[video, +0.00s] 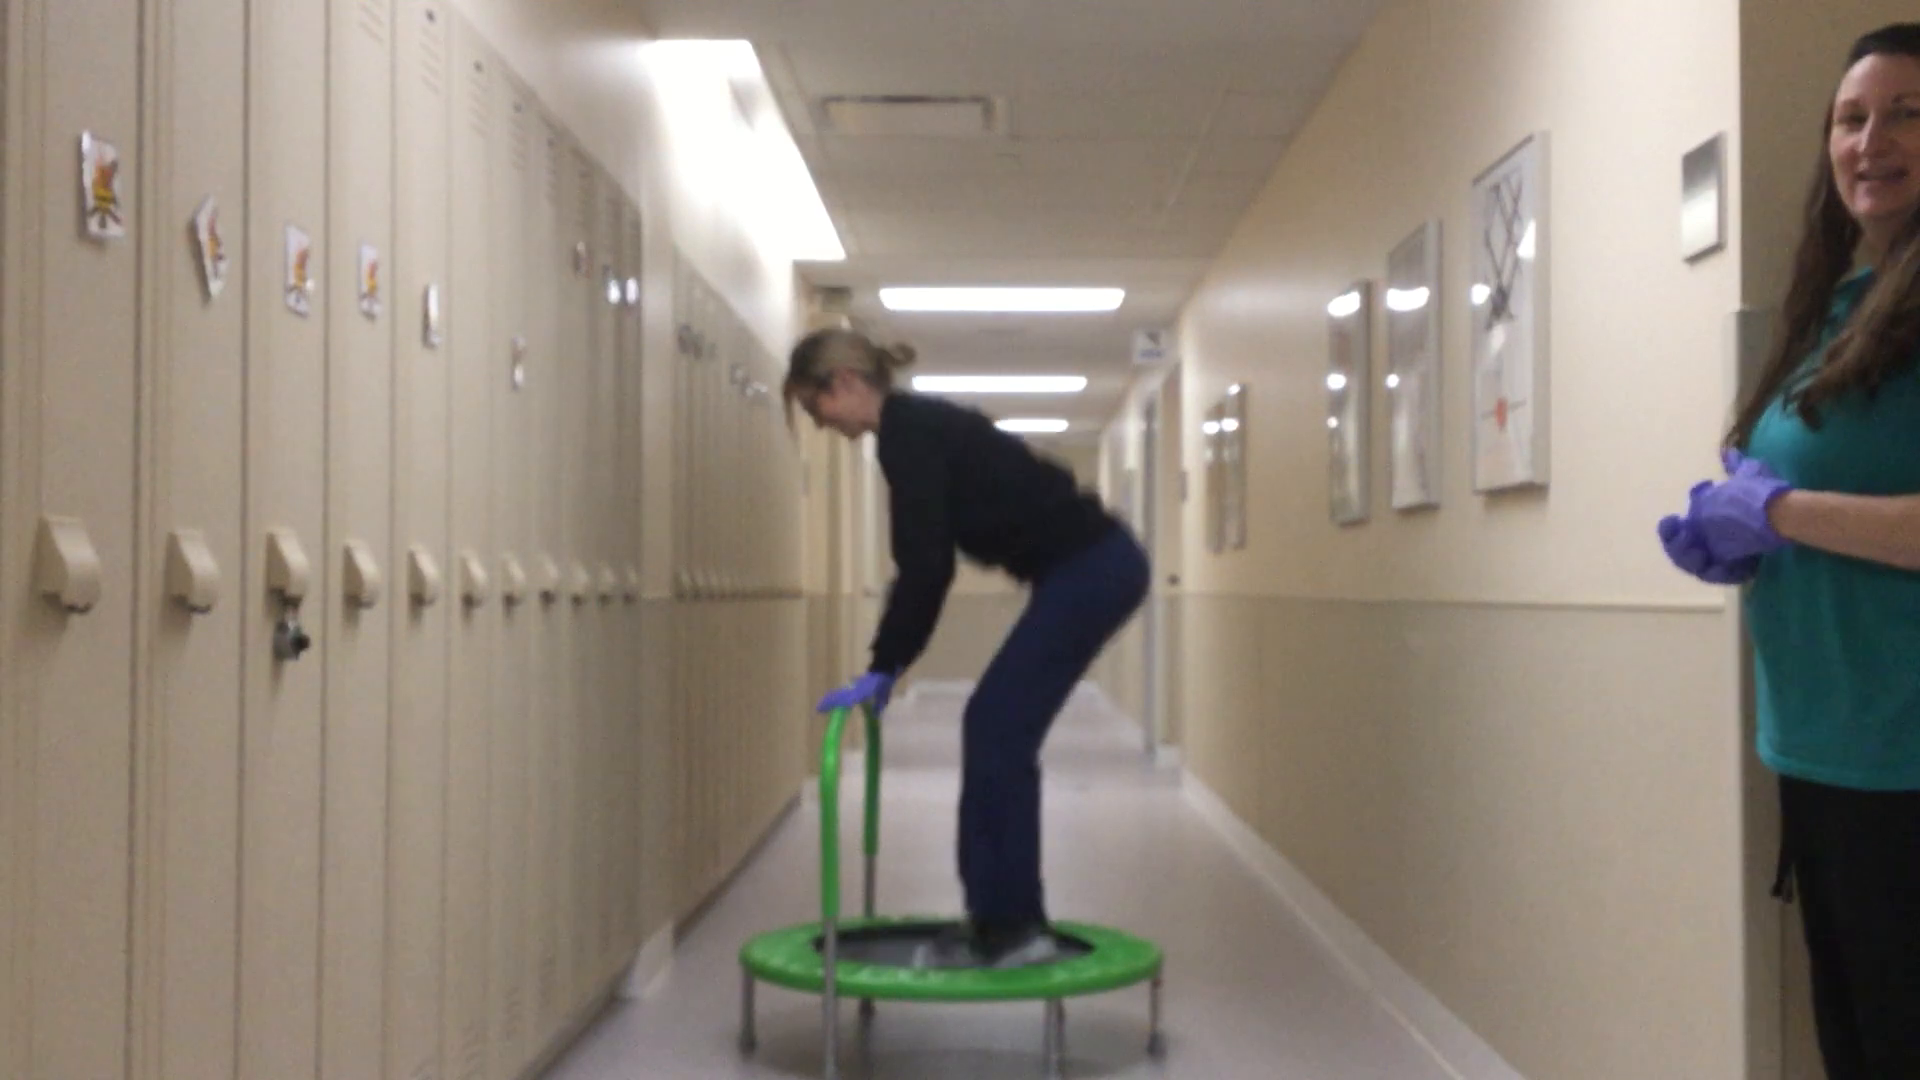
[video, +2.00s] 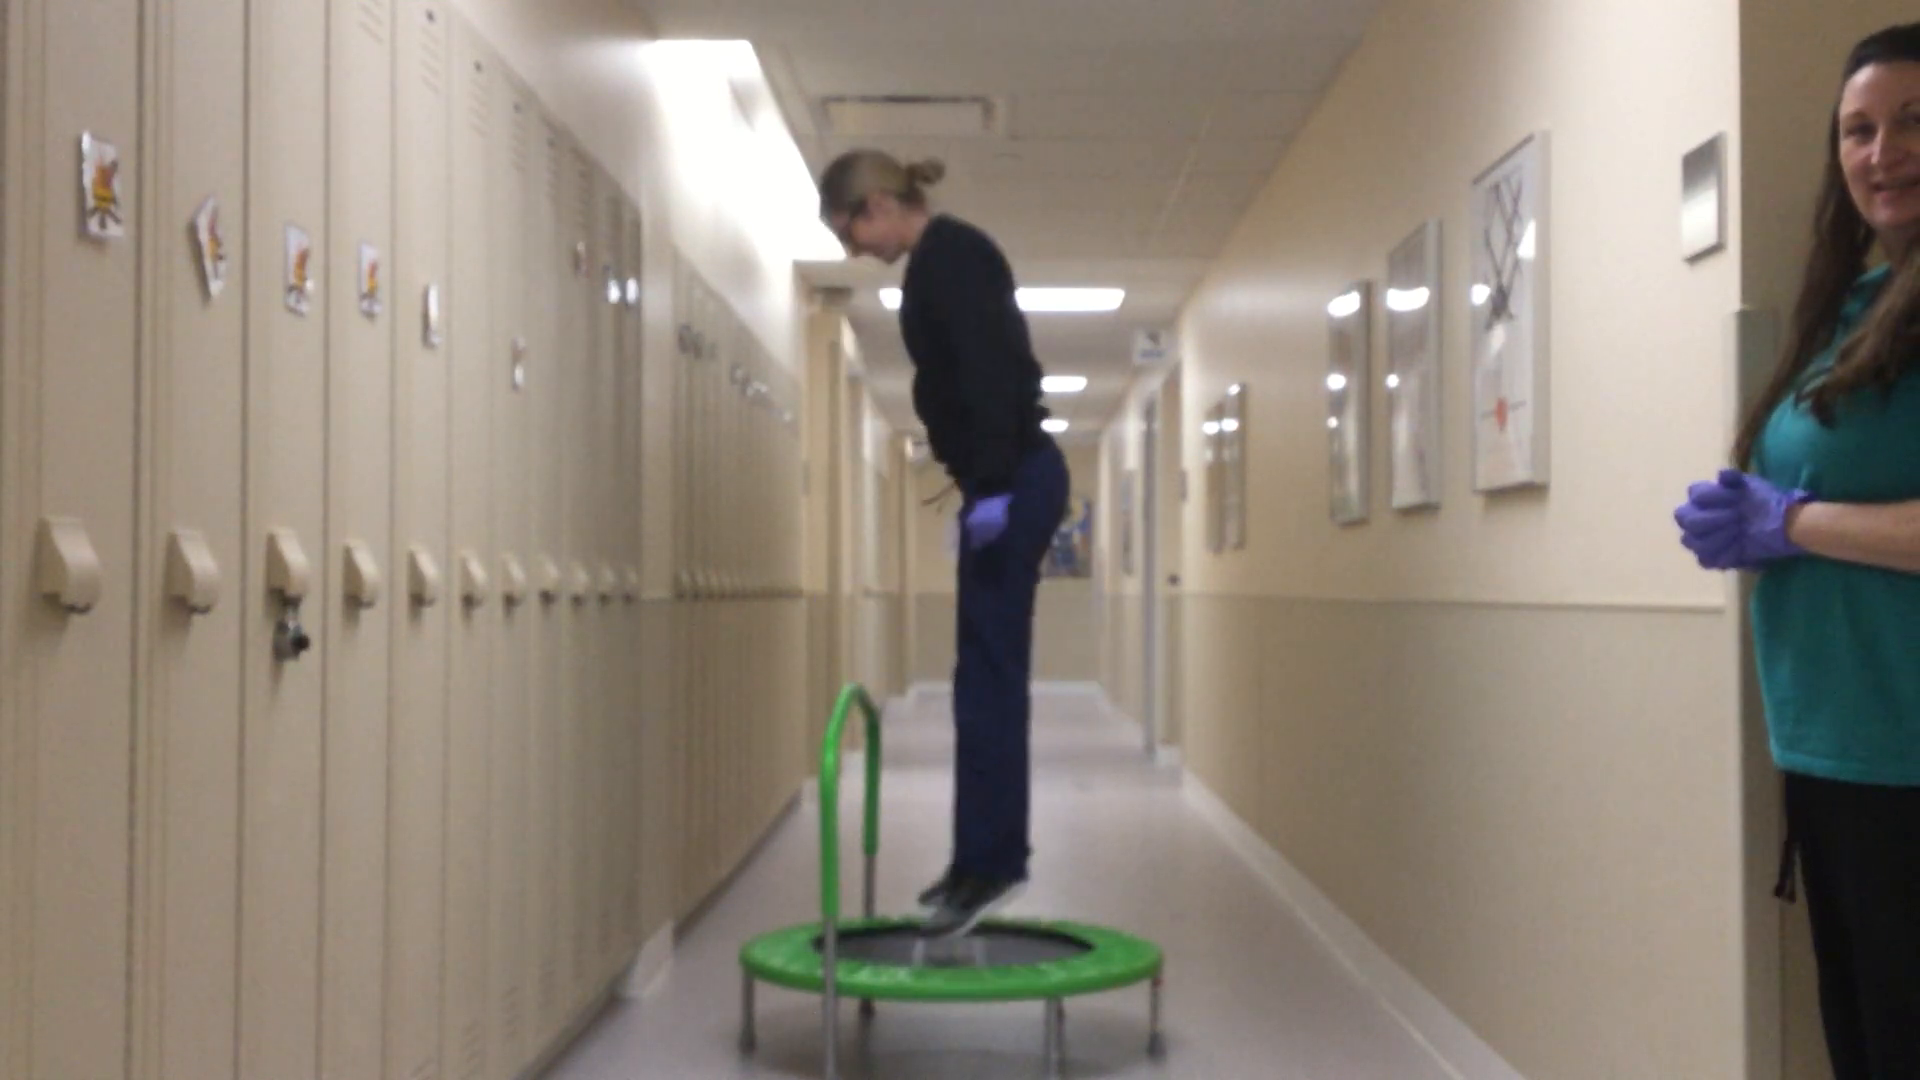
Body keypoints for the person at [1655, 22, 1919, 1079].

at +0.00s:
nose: (1871, 142)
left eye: (1900, 117)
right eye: (1851, 119)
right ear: (1827, 145)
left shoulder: (1919, 294)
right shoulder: (1829, 298)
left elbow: (1914, 526)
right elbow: (1766, 450)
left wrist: (1777, 513)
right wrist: (1735, 502)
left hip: (1897, 751)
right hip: (1815, 743)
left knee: (1892, 1036)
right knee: (1850, 1034)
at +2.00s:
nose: (1884, 151)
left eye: (1909, 124)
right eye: (1860, 129)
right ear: (1836, 153)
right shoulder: (1841, 299)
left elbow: (1918, 526)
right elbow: (1802, 466)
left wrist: (1793, 522)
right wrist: (1752, 503)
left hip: (1901, 747)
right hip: (1822, 740)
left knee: (1900, 1032)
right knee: (1857, 1031)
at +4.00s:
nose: (1799, 146)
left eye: (1830, 115)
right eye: (1779, 124)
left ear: (1894, 127)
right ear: (1761, 146)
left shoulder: (1907, 284)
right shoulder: (1771, 296)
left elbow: (1919, 525)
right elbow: (1796, 515)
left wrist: (1776, 583)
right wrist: (1730, 585)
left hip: (1899, 751)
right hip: (1808, 752)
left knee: (1894, 1039)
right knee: (1850, 1039)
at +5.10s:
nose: (1711, 161)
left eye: (1733, 122)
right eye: (1690, 144)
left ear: (1805, 114)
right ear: (1680, 163)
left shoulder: (1885, 270)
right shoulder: (1723, 305)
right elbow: (1716, 541)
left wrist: (1857, 569)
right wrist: (1674, 729)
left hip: (1878, 774)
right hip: (1765, 777)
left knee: (1873, 1054)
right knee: (1802, 1053)